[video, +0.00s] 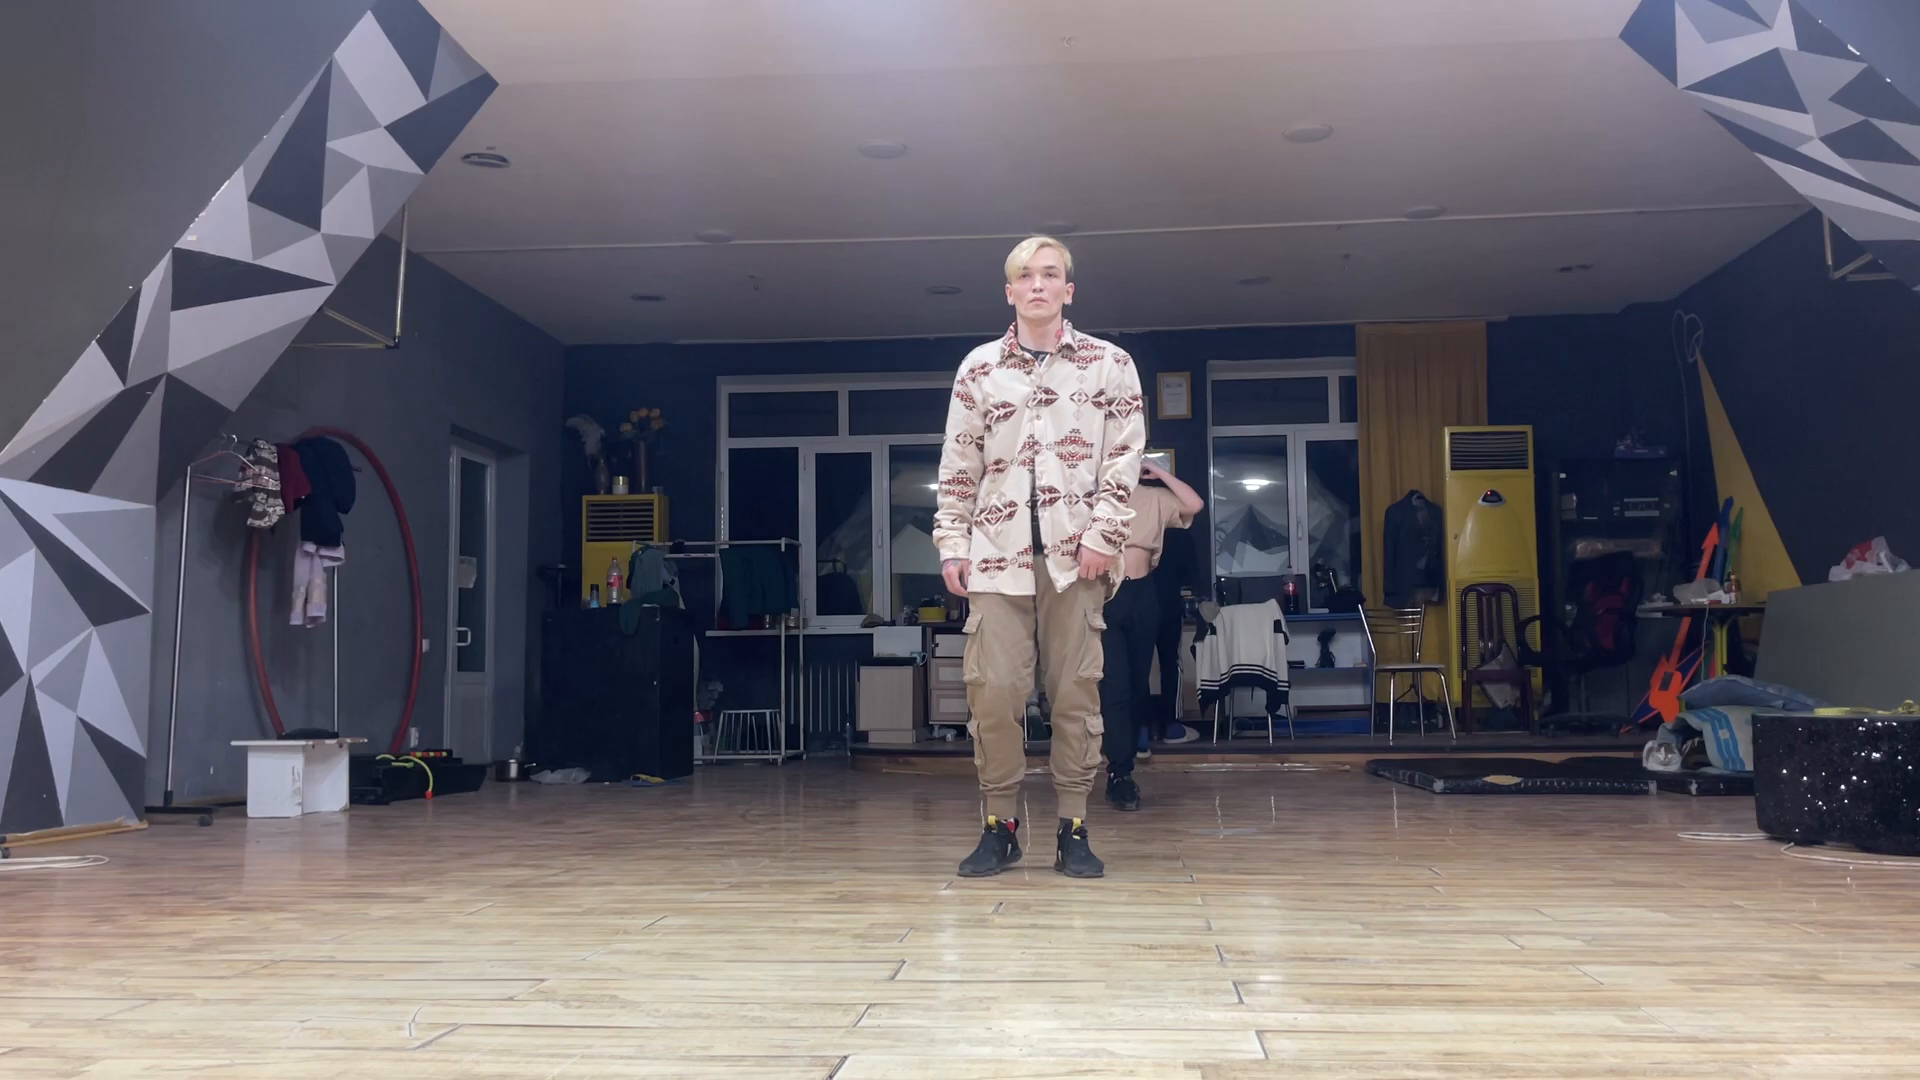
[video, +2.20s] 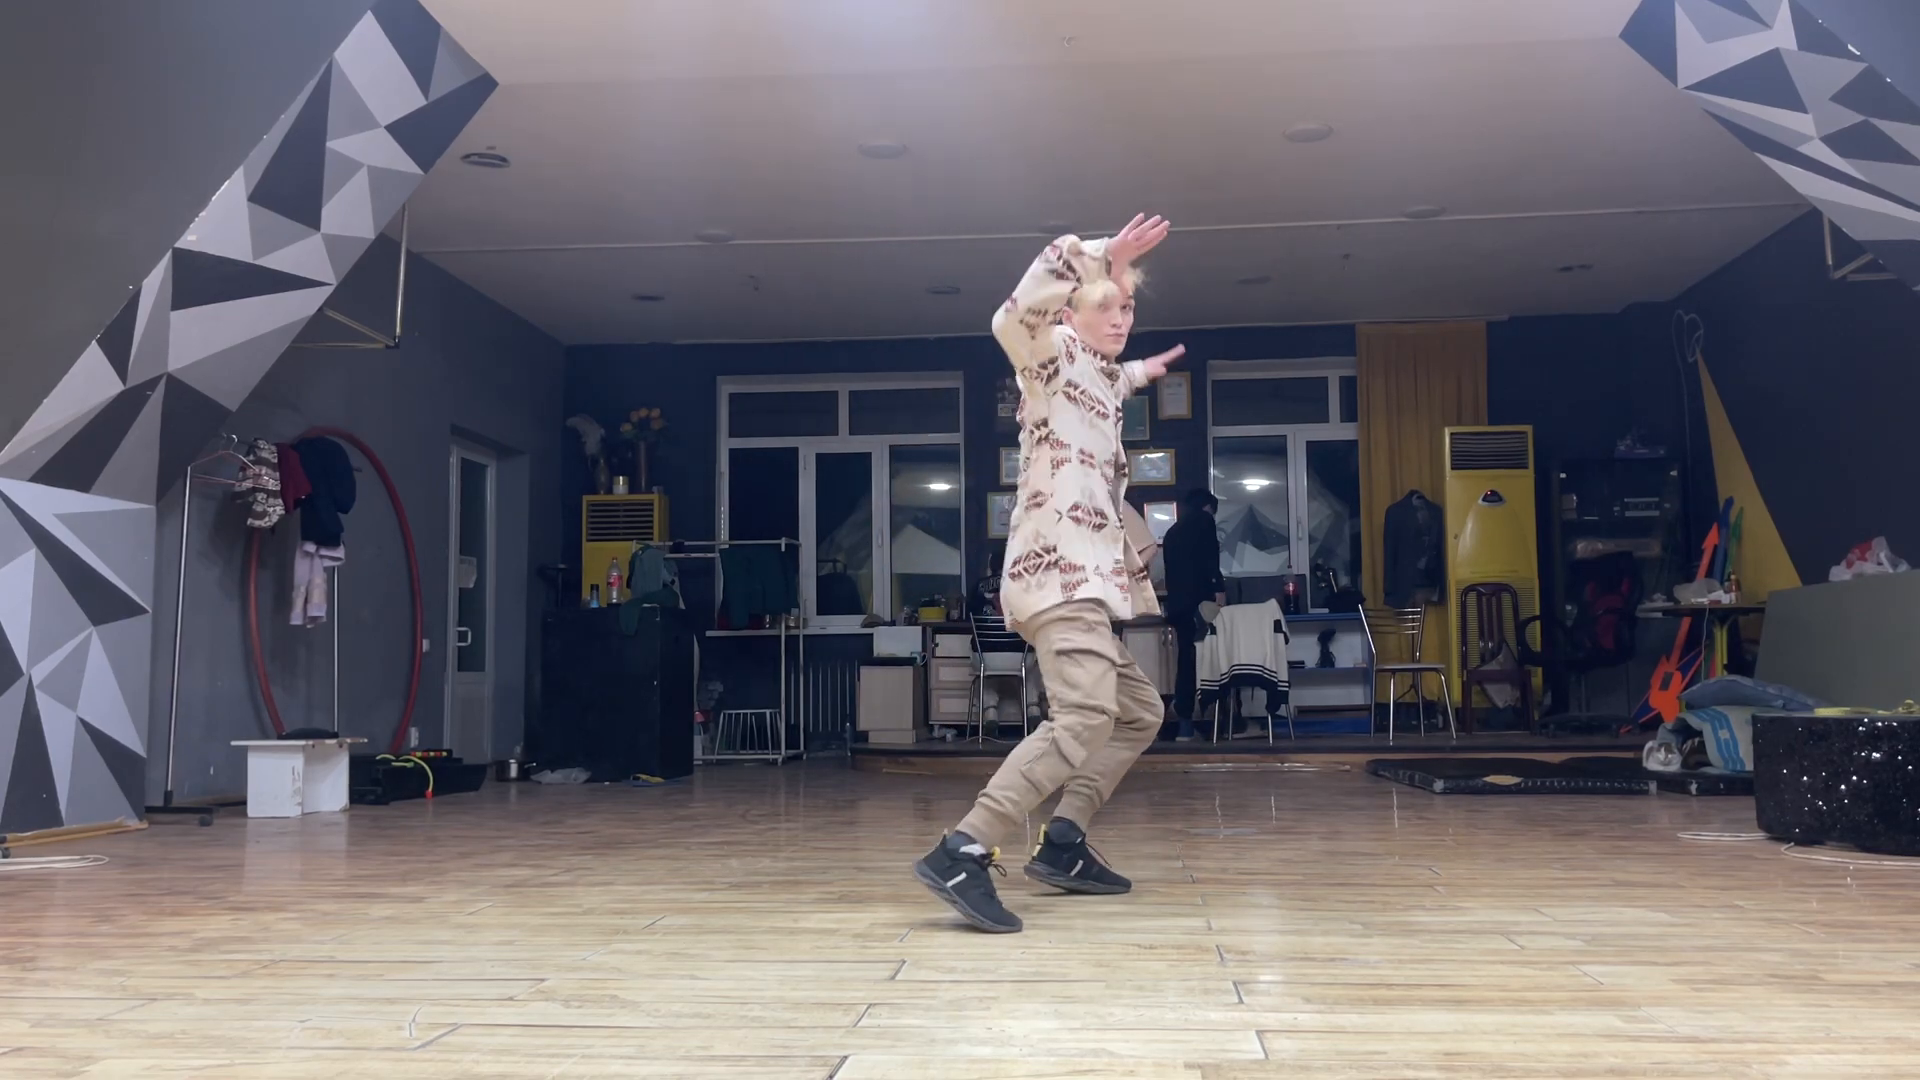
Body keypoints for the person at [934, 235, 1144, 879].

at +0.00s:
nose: (1037, 284)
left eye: (1049, 275)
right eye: (1025, 275)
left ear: (1068, 288)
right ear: (1008, 289)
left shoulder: (1109, 363)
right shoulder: (979, 367)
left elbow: (1125, 460)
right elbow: (957, 466)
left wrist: (1103, 537)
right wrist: (952, 543)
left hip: (1076, 554)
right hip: (995, 555)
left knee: (1073, 693)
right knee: (995, 692)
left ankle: (1074, 830)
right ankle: (1000, 828)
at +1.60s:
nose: (1038, 267)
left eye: (1050, 258)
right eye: (1026, 260)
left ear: (1072, 278)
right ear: (1008, 280)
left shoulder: (1116, 351)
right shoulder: (977, 361)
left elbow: (1150, 427)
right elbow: (937, 437)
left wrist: (1081, 452)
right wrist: (977, 458)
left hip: (1092, 553)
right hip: (1002, 557)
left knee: (1120, 695)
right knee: (981, 700)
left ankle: (1157, 836)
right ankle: (962, 837)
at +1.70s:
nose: (1043, 262)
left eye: (1056, 253)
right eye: (1031, 253)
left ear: (1076, 271)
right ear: (1013, 271)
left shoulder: (1107, 342)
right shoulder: (983, 346)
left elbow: (1158, 394)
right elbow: (937, 418)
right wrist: (972, 362)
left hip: (1091, 561)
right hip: (998, 563)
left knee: (1122, 701)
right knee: (977, 703)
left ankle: (1155, 836)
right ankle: (962, 837)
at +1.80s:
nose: (1055, 266)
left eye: (1066, 257)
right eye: (1041, 257)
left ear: (1084, 270)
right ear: (1019, 272)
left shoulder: (1116, 335)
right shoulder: (995, 337)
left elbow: (1167, 388)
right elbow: (961, 403)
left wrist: (1129, 325)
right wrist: (1011, 335)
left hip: (1094, 562)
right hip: (1004, 564)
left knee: (1137, 690)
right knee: (977, 710)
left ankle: (1098, 834)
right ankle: (961, 837)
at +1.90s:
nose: (1083, 277)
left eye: (1091, 268)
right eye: (1068, 267)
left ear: (1101, 283)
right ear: (1038, 282)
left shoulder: (1116, 371)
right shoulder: (1003, 363)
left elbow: (1147, 457)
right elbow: (998, 462)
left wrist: (1159, 488)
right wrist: (1089, 490)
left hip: (1104, 571)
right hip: (1023, 573)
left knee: (1113, 709)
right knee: (1017, 717)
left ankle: (1051, 846)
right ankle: (962, 822)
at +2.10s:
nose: (1114, 291)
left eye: (1123, 281)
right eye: (1100, 279)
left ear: (1130, 290)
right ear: (1067, 287)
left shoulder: (1100, 371)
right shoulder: (1041, 351)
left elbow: (1109, 469)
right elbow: (1017, 417)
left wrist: (1170, 486)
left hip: (1096, 560)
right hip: (1044, 549)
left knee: (1144, 698)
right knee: (1076, 676)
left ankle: (1061, 839)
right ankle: (973, 831)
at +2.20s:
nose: (1123, 316)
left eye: (1129, 304)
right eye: (1109, 304)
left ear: (1132, 307)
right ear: (1067, 309)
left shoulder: (1103, 375)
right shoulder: (1050, 357)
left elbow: (1116, 378)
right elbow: (1020, 316)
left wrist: (1151, 367)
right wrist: (1095, 253)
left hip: (1085, 580)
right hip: (1054, 573)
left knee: (1139, 711)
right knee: (1085, 716)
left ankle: (1063, 841)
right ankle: (962, 853)